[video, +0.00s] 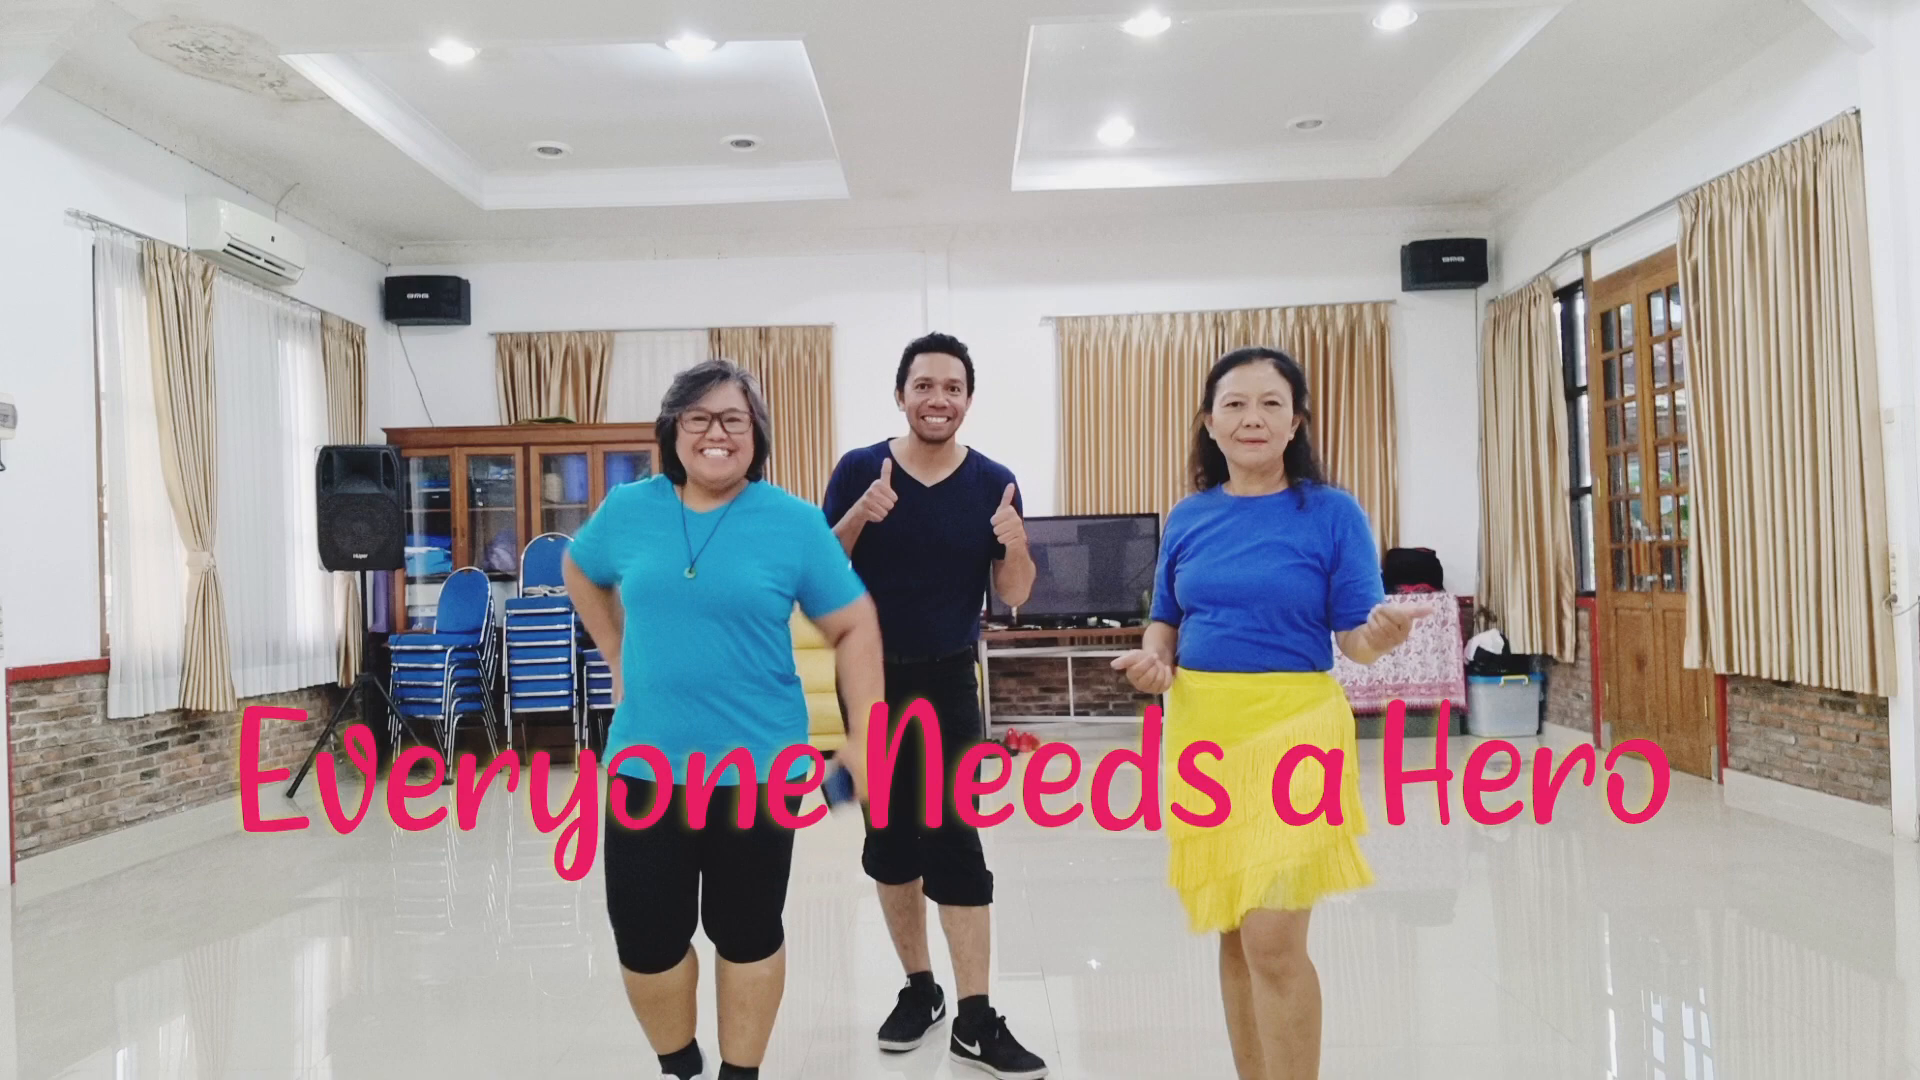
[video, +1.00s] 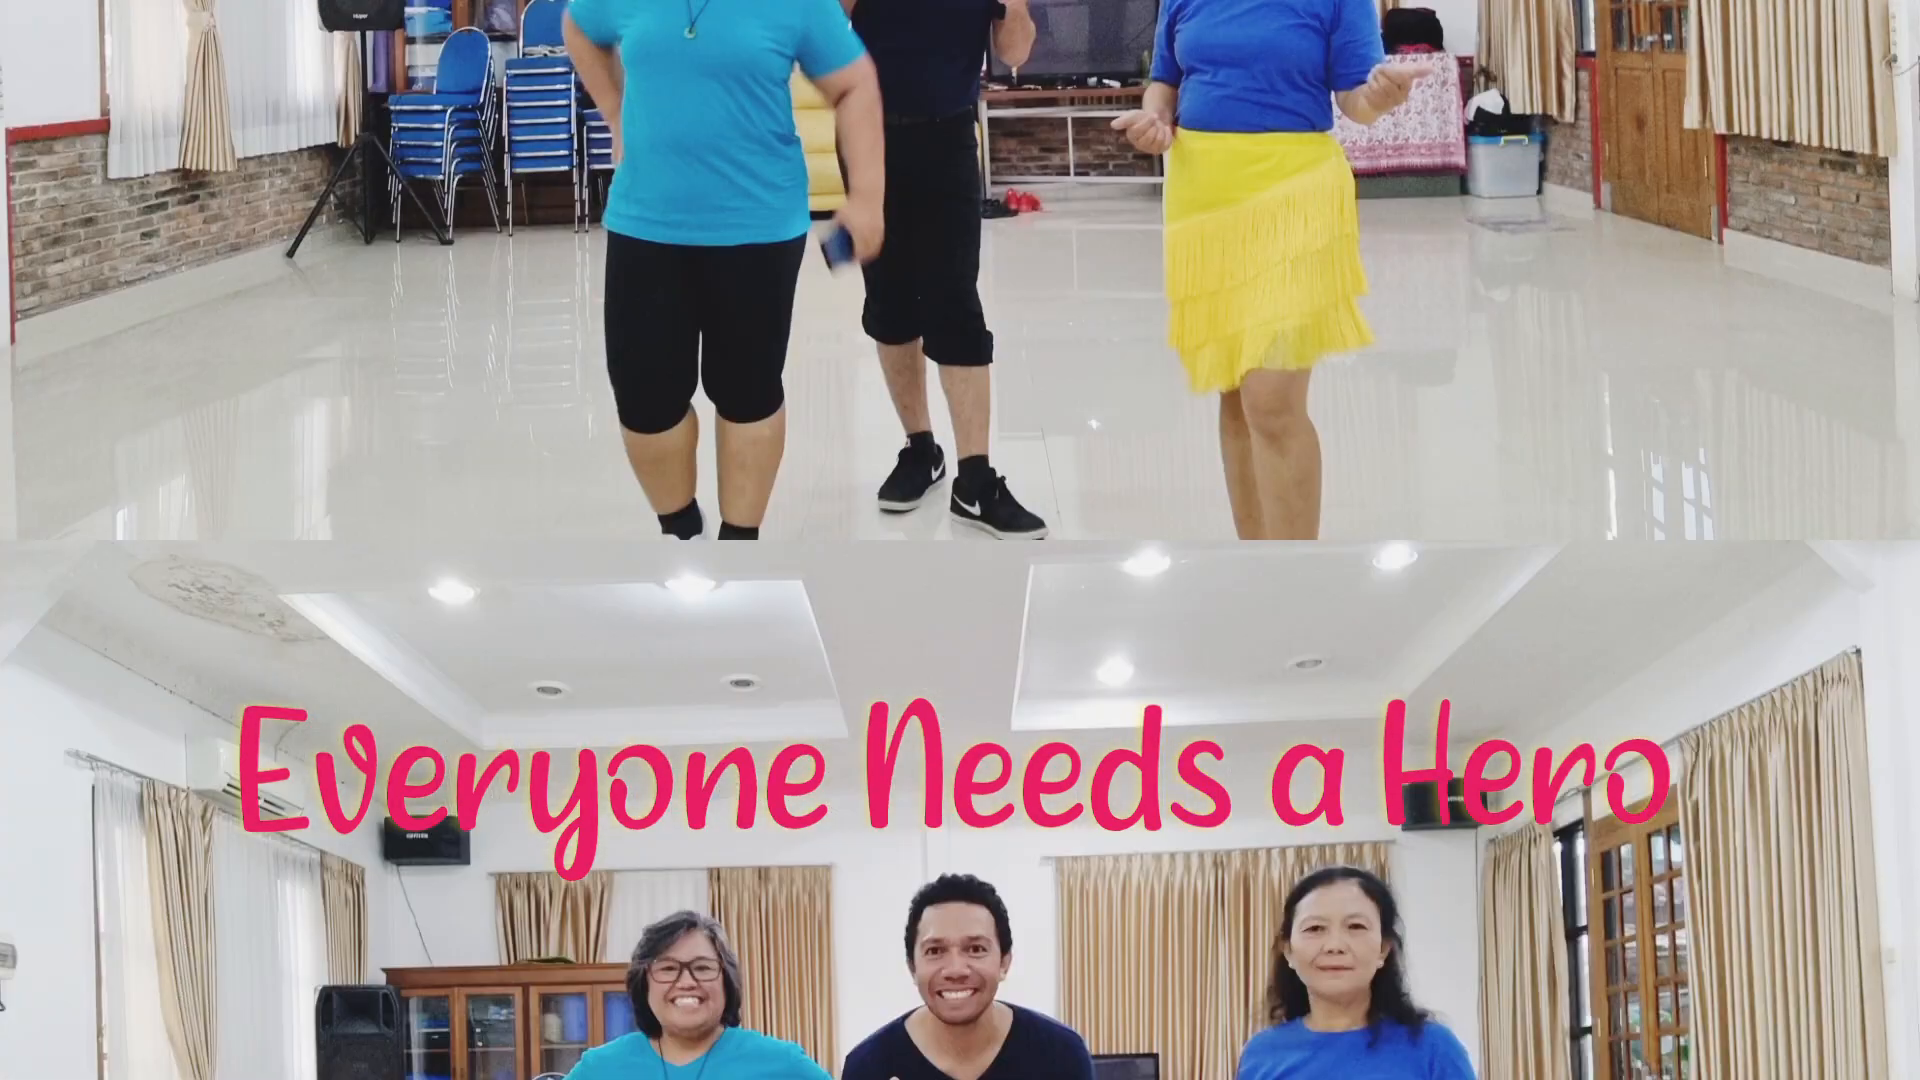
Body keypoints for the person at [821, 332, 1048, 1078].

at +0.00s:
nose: (938, 400)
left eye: (952, 388)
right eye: (924, 386)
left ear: (968, 399)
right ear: (900, 396)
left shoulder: (992, 483)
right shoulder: (858, 472)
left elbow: (1014, 595)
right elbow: (813, 570)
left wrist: (1015, 548)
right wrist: (854, 520)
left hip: (950, 676)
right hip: (872, 676)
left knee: (957, 841)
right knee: (892, 840)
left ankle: (975, 1014)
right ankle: (919, 990)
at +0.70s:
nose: (938, 365)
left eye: (952, 354)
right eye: (924, 352)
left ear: (968, 365)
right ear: (901, 362)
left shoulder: (992, 448)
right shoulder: (858, 438)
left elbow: (1014, 562)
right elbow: (813, 535)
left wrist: (1015, 514)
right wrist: (854, 485)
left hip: (950, 644)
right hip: (872, 643)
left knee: (959, 809)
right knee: (892, 810)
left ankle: (975, 980)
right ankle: (919, 955)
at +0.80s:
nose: (938, 283)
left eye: (952, 271)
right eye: (924, 270)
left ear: (968, 283)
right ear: (900, 280)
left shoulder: (991, 366)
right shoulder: (858, 355)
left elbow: (1014, 479)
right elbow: (813, 453)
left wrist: (1015, 431)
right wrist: (854, 403)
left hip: (949, 562)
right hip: (870, 560)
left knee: (957, 723)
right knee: (890, 718)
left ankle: (975, 896)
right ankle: (918, 870)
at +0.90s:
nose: (939, 123)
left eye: (952, 112)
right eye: (925, 110)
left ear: (968, 124)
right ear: (901, 119)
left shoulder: (990, 206)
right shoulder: (859, 195)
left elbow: (1013, 321)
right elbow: (813, 292)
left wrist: (1015, 272)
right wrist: (855, 242)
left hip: (949, 405)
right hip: (872, 403)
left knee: (955, 570)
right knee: (893, 567)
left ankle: (978, 735)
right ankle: (919, 712)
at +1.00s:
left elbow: (1015, 52)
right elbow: (825, 31)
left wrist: (1015, 6)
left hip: (948, 130)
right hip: (870, 128)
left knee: (956, 302)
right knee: (890, 297)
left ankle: (975, 475)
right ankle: (919, 448)